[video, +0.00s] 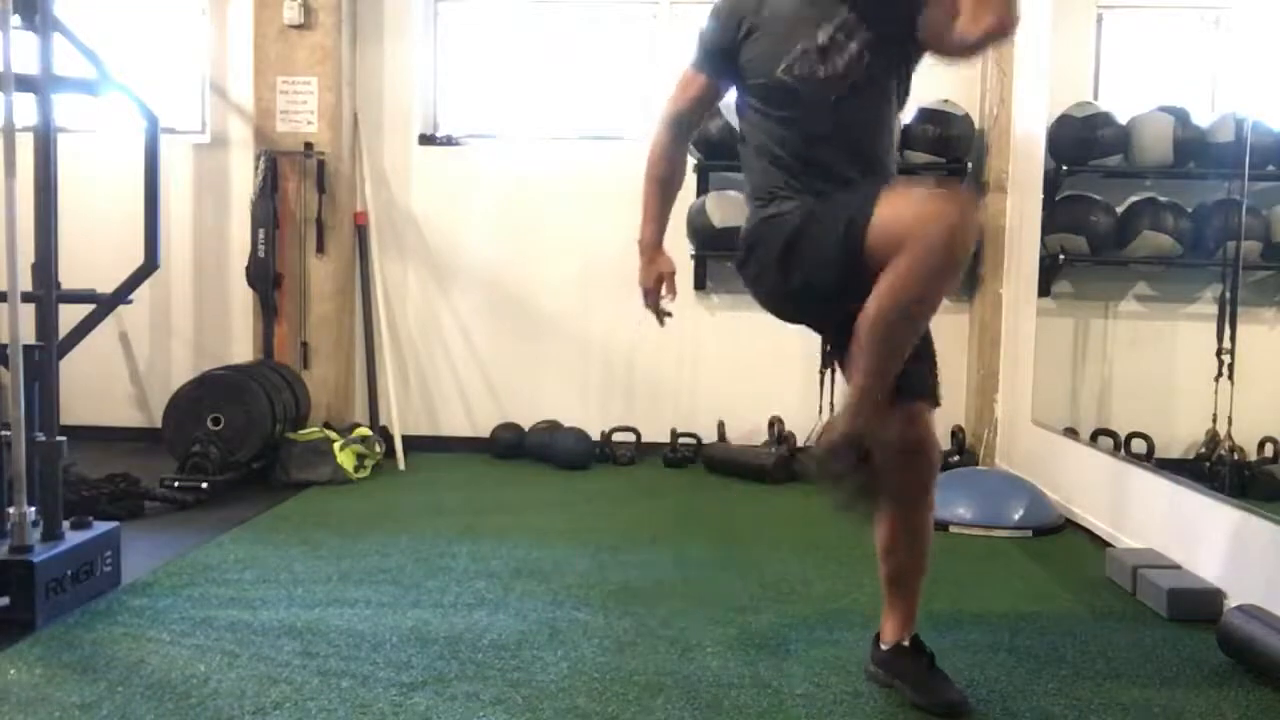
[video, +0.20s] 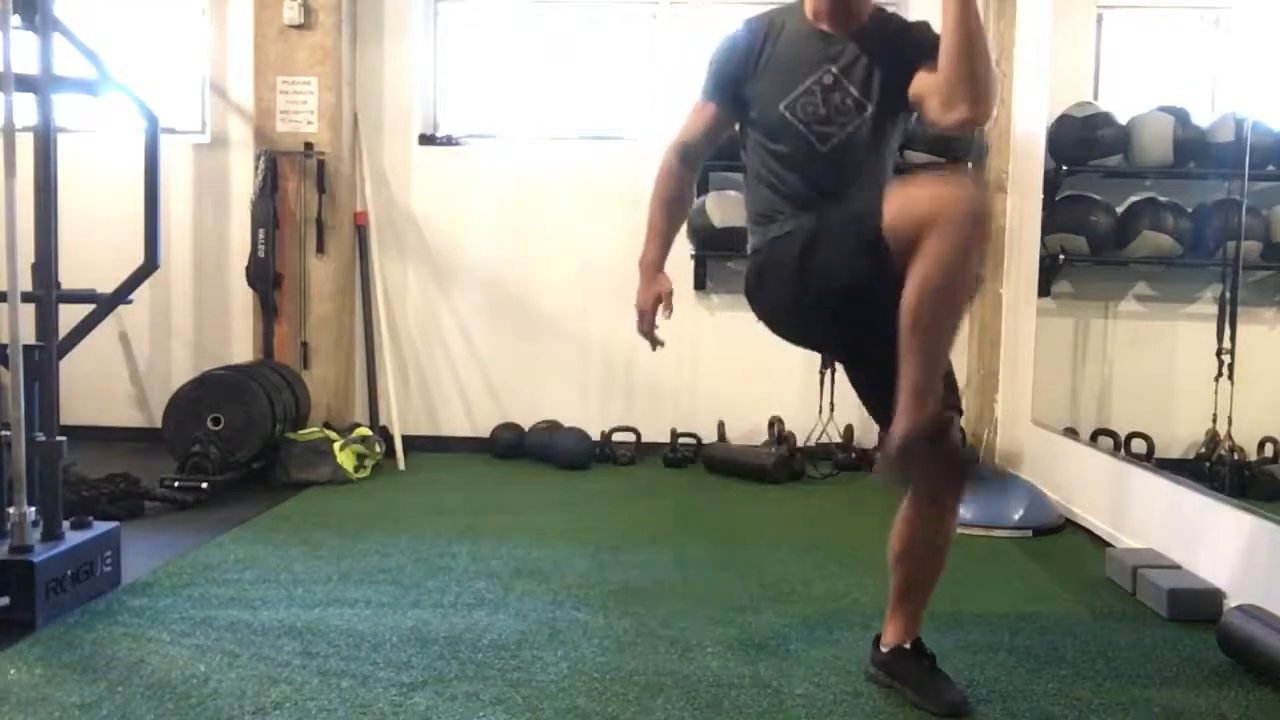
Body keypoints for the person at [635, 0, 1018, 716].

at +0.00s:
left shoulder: (903, 8)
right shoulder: (747, 11)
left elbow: (974, 26)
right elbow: (676, 122)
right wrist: (651, 243)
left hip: (875, 238)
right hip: (783, 231)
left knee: (909, 441)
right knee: (946, 213)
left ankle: (896, 643)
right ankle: (851, 428)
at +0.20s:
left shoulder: (903, 42)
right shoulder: (756, 39)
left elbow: (965, 109)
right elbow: (685, 154)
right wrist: (651, 263)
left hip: (878, 278)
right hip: (786, 273)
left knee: (939, 458)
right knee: (956, 200)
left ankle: (898, 646)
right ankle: (912, 428)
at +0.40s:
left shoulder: (873, 20)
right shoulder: (735, 19)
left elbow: (953, 62)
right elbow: (655, 139)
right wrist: (641, 222)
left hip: (856, 266)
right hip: (767, 260)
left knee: (919, 457)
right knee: (859, 414)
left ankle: (899, 649)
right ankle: (731, 583)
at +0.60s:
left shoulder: (812, 15)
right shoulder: (672, 13)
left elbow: (884, 58)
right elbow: (584, 122)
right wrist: (595, 159)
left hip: (787, 276)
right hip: (694, 274)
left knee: (849, 456)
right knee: (701, 467)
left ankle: (875, 648)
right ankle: (644, 637)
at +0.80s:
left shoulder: (776, 17)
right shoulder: (622, 7)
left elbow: (794, 99)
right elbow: (522, 84)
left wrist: (745, 26)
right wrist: (509, 49)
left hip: (719, 268)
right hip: (622, 260)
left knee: (746, 469)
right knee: (580, 455)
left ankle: (725, 635)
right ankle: (576, 625)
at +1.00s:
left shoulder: (669, 24)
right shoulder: (524, 8)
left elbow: (707, 143)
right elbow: (413, 19)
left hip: (627, 262)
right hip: (527, 259)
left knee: (681, 466)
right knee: (462, 458)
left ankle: (719, 637)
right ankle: (419, 646)